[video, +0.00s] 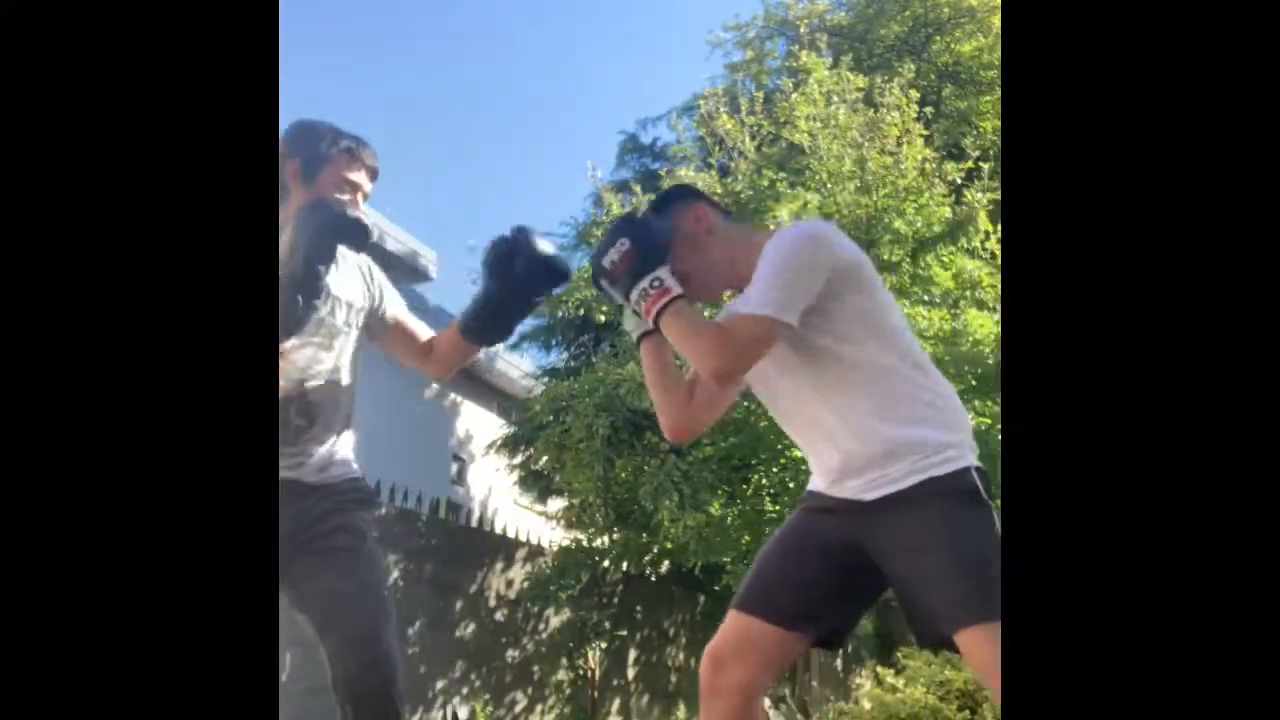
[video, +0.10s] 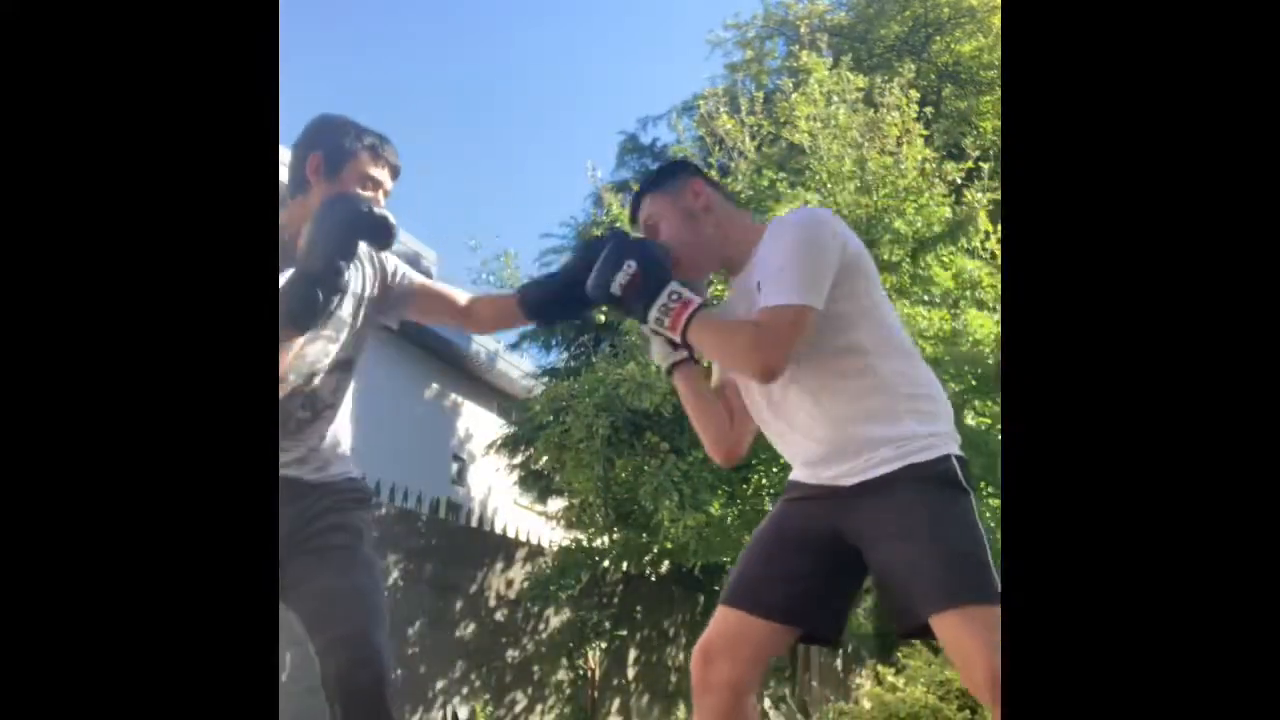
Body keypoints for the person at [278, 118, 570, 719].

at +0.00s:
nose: (359, 207)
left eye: (366, 196)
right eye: (348, 188)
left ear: (368, 201)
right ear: (293, 173)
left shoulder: (357, 270)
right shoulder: (284, 256)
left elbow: (436, 360)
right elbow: (284, 345)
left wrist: (498, 303)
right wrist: (299, 271)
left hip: (321, 488)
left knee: (372, 670)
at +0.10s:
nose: (379, 206)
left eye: (386, 194)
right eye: (368, 185)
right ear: (315, 168)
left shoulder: (365, 266)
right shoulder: (283, 256)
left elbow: (468, 312)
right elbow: (285, 371)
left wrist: (561, 291)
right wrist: (318, 270)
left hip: (320, 489)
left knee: (362, 673)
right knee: (277, 677)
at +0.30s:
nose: (415, 199)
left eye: (422, 189)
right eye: (405, 176)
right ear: (350, 158)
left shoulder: (397, 266)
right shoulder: (287, 242)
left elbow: (518, 278)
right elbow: (286, 355)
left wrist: (640, 259)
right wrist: (335, 280)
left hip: (333, 496)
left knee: (377, 682)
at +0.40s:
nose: (407, 175)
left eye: (413, 162)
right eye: (396, 151)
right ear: (339, 130)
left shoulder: (391, 241)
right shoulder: (282, 215)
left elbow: (500, 305)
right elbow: (285, 329)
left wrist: (607, 266)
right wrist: (329, 248)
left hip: (326, 478)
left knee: (364, 675)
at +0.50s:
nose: (385, 147)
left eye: (391, 135)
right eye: (374, 125)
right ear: (313, 103)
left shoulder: (374, 227)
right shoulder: (284, 206)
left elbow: (431, 340)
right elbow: (284, 294)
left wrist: (511, 285)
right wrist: (310, 217)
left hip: (324, 474)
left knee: (356, 683)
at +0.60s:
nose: (347, 128)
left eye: (355, 117)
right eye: (335, 107)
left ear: (353, 123)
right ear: (286, 98)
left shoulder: (338, 215)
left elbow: (361, 344)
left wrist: (433, 293)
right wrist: (295, 173)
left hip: (311, 462)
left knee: (350, 690)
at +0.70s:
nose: (319, 126)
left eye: (325, 115)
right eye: (308, 103)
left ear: (325, 121)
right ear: (277, 86)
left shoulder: (297, 225)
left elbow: (331, 334)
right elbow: (330, 333)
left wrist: (403, 266)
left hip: (288, 454)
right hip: (289, 454)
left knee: (342, 684)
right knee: (337, 683)